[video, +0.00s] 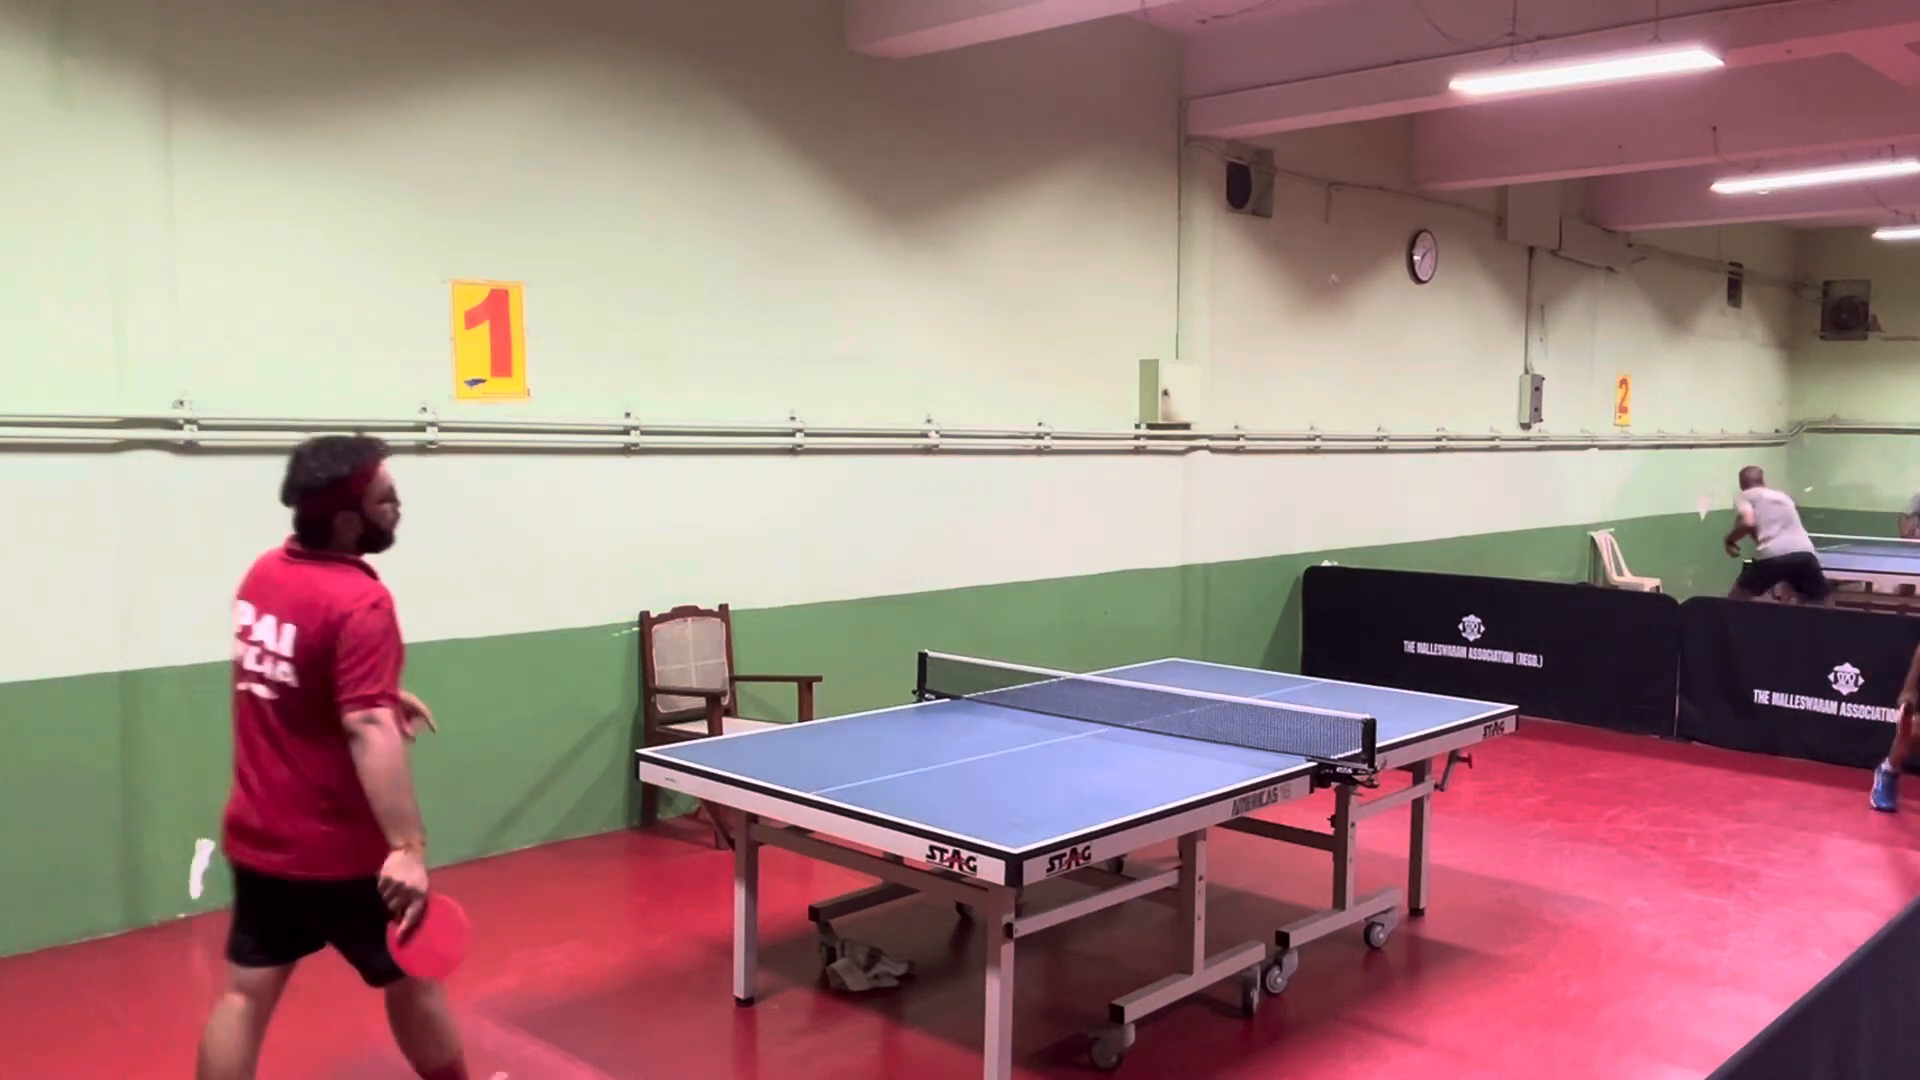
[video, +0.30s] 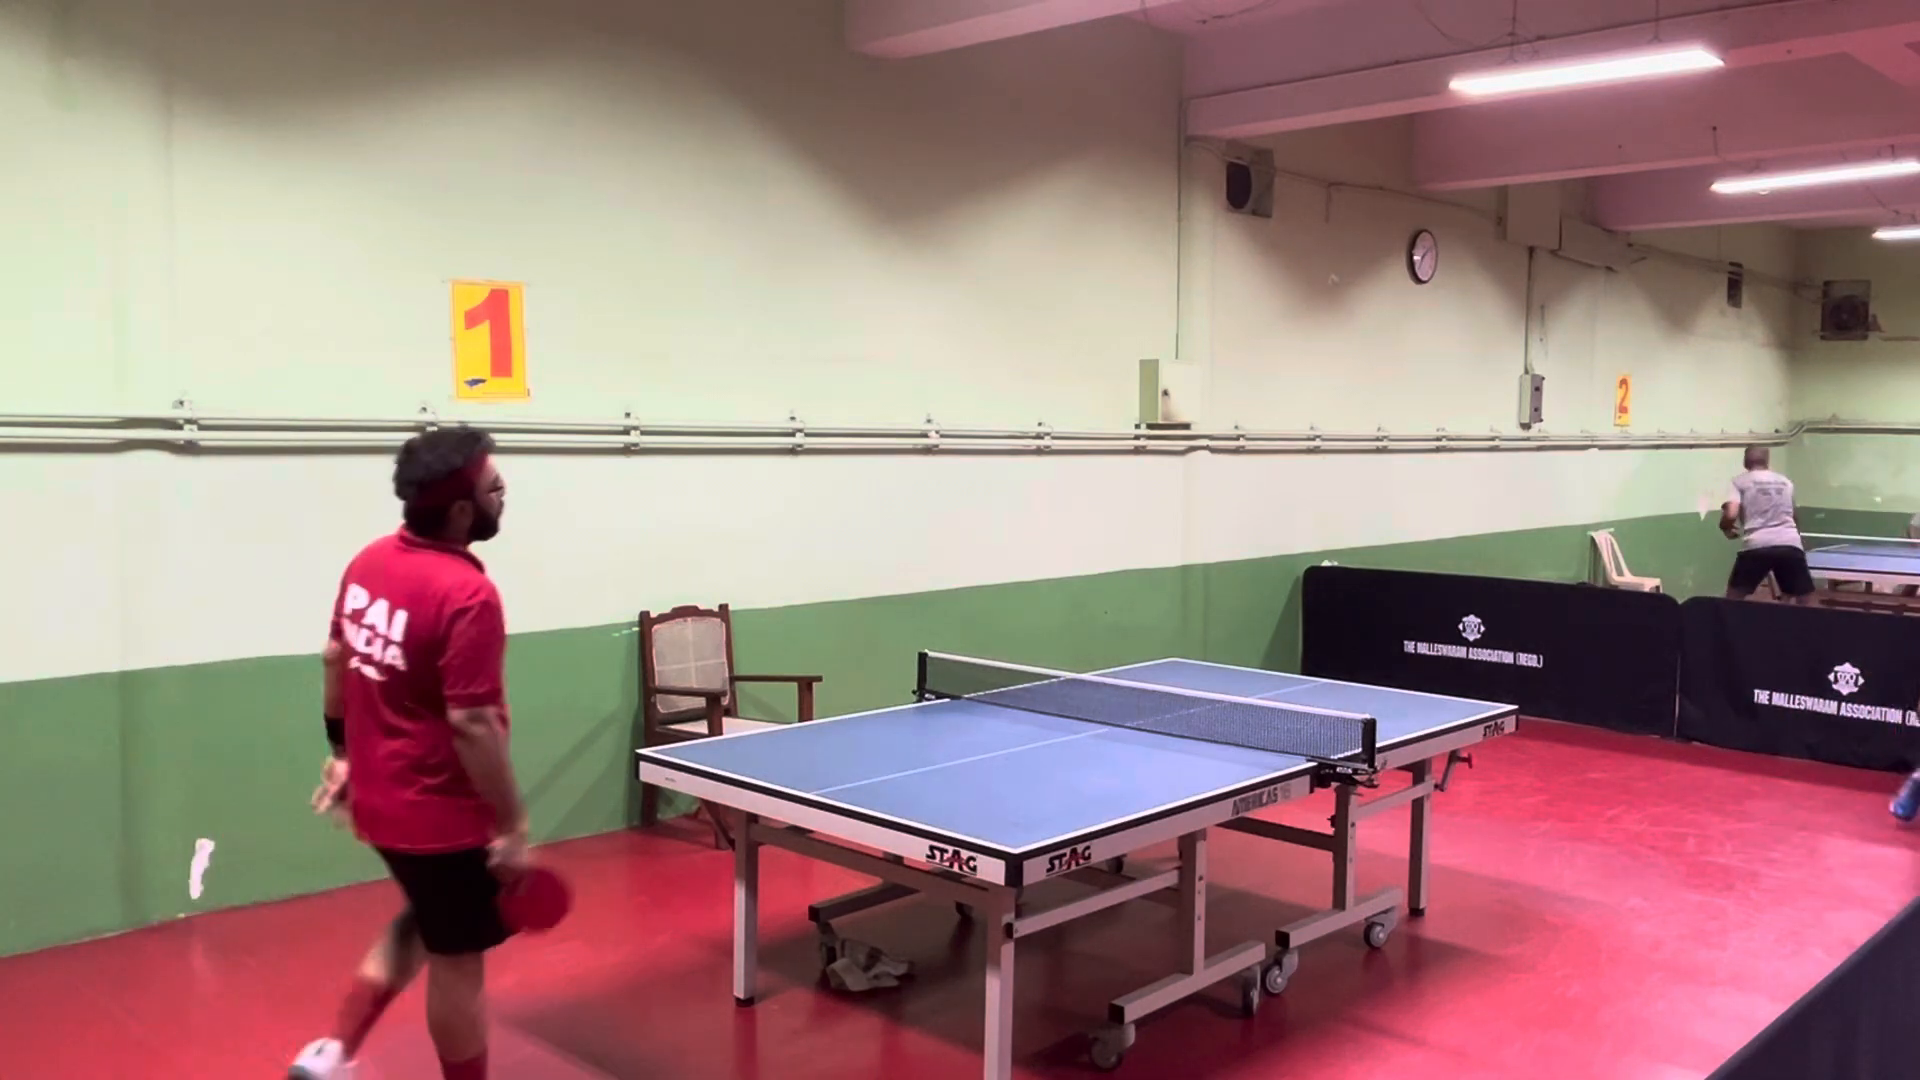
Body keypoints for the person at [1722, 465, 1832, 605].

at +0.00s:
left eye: (1741, 484)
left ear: (1742, 484)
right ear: (1762, 480)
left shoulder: (1745, 496)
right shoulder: (1783, 496)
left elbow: (1748, 524)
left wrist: (1730, 540)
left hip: (1771, 558)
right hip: (1804, 555)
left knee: (1735, 602)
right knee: (1825, 603)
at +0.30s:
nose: (1745, 463)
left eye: (1745, 460)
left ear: (1746, 462)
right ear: (1767, 462)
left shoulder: (1740, 481)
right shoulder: (1786, 482)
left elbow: (1731, 514)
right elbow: (1793, 514)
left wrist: (1725, 527)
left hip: (1756, 547)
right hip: (1789, 546)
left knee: (1732, 600)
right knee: (1806, 600)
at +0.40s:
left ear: (1754, 461)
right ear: (1776, 460)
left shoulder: (1742, 482)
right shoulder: (1793, 483)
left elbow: (1729, 515)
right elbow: (1802, 527)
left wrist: (1733, 528)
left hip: (1755, 548)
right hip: (1789, 547)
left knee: (1732, 601)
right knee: (1808, 603)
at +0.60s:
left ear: (1774, 460)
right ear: (1797, 460)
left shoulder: (1759, 481)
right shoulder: (1811, 484)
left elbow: (1744, 514)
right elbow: (1823, 526)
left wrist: (1755, 525)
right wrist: (1819, 552)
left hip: (1764, 548)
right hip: (1801, 549)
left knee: (1742, 600)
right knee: (1815, 605)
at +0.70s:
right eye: (1808, 458)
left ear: (1787, 457)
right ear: (1809, 459)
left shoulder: (1770, 480)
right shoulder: (1822, 484)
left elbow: (1754, 512)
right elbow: (1832, 528)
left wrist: (1769, 525)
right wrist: (1828, 554)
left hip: (1772, 547)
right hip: (1807, 549)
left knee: (1747, 600)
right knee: (1821, 604)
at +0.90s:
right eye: (1819, 455)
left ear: (1799, 453)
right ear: (1821, 455)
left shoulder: (1779, 473)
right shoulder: (1833, 480)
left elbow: (1764, 509)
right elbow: (1842, 523)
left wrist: (1780, 521)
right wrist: (1834, 546)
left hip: (1779, 546)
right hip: (1815, 547)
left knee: (1757, 598)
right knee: (1824, 605)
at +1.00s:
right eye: (1819, 454)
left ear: (1798, 452)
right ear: (1820, 454)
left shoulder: (1779, 473)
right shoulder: (1832, 480)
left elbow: (1763, 508)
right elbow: (1838, 514)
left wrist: (1778, 521)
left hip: (1778, 545)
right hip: (1813, 547)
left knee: (1762, 598)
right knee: (1822, 604)